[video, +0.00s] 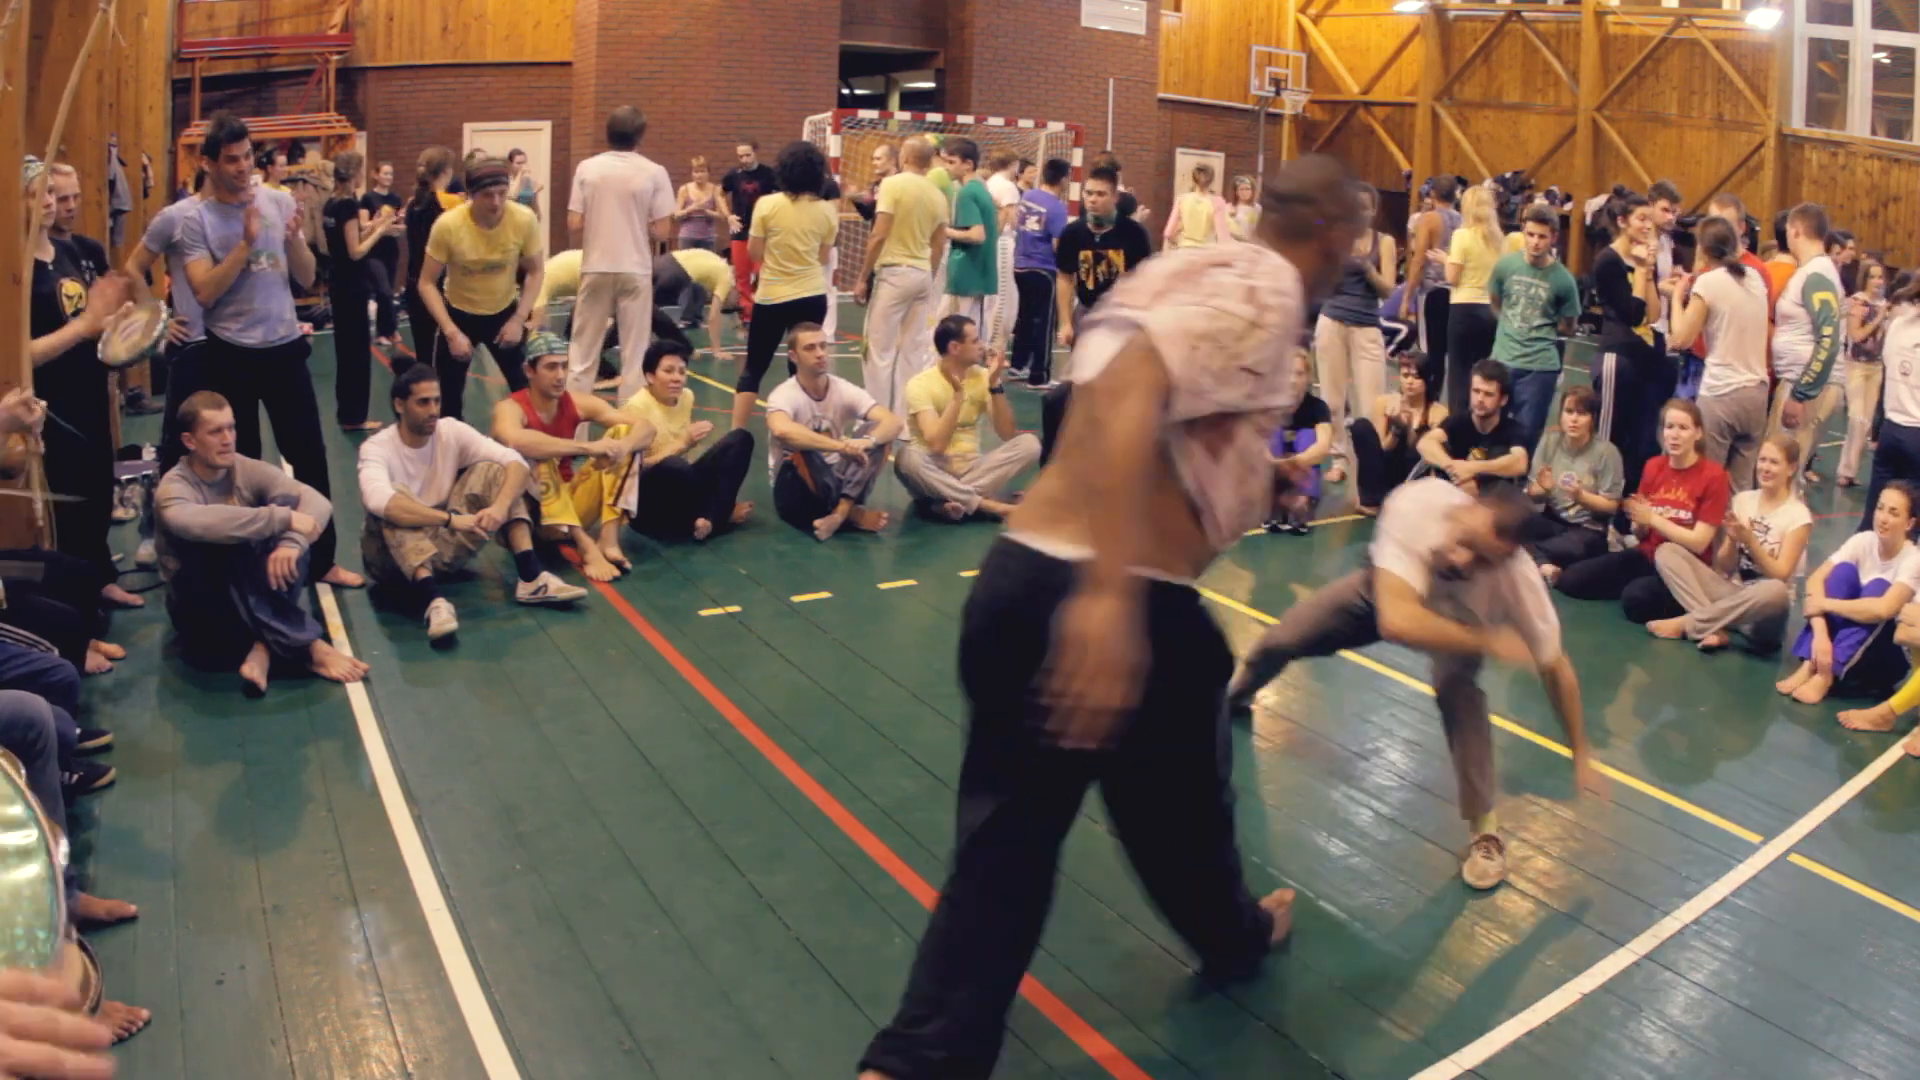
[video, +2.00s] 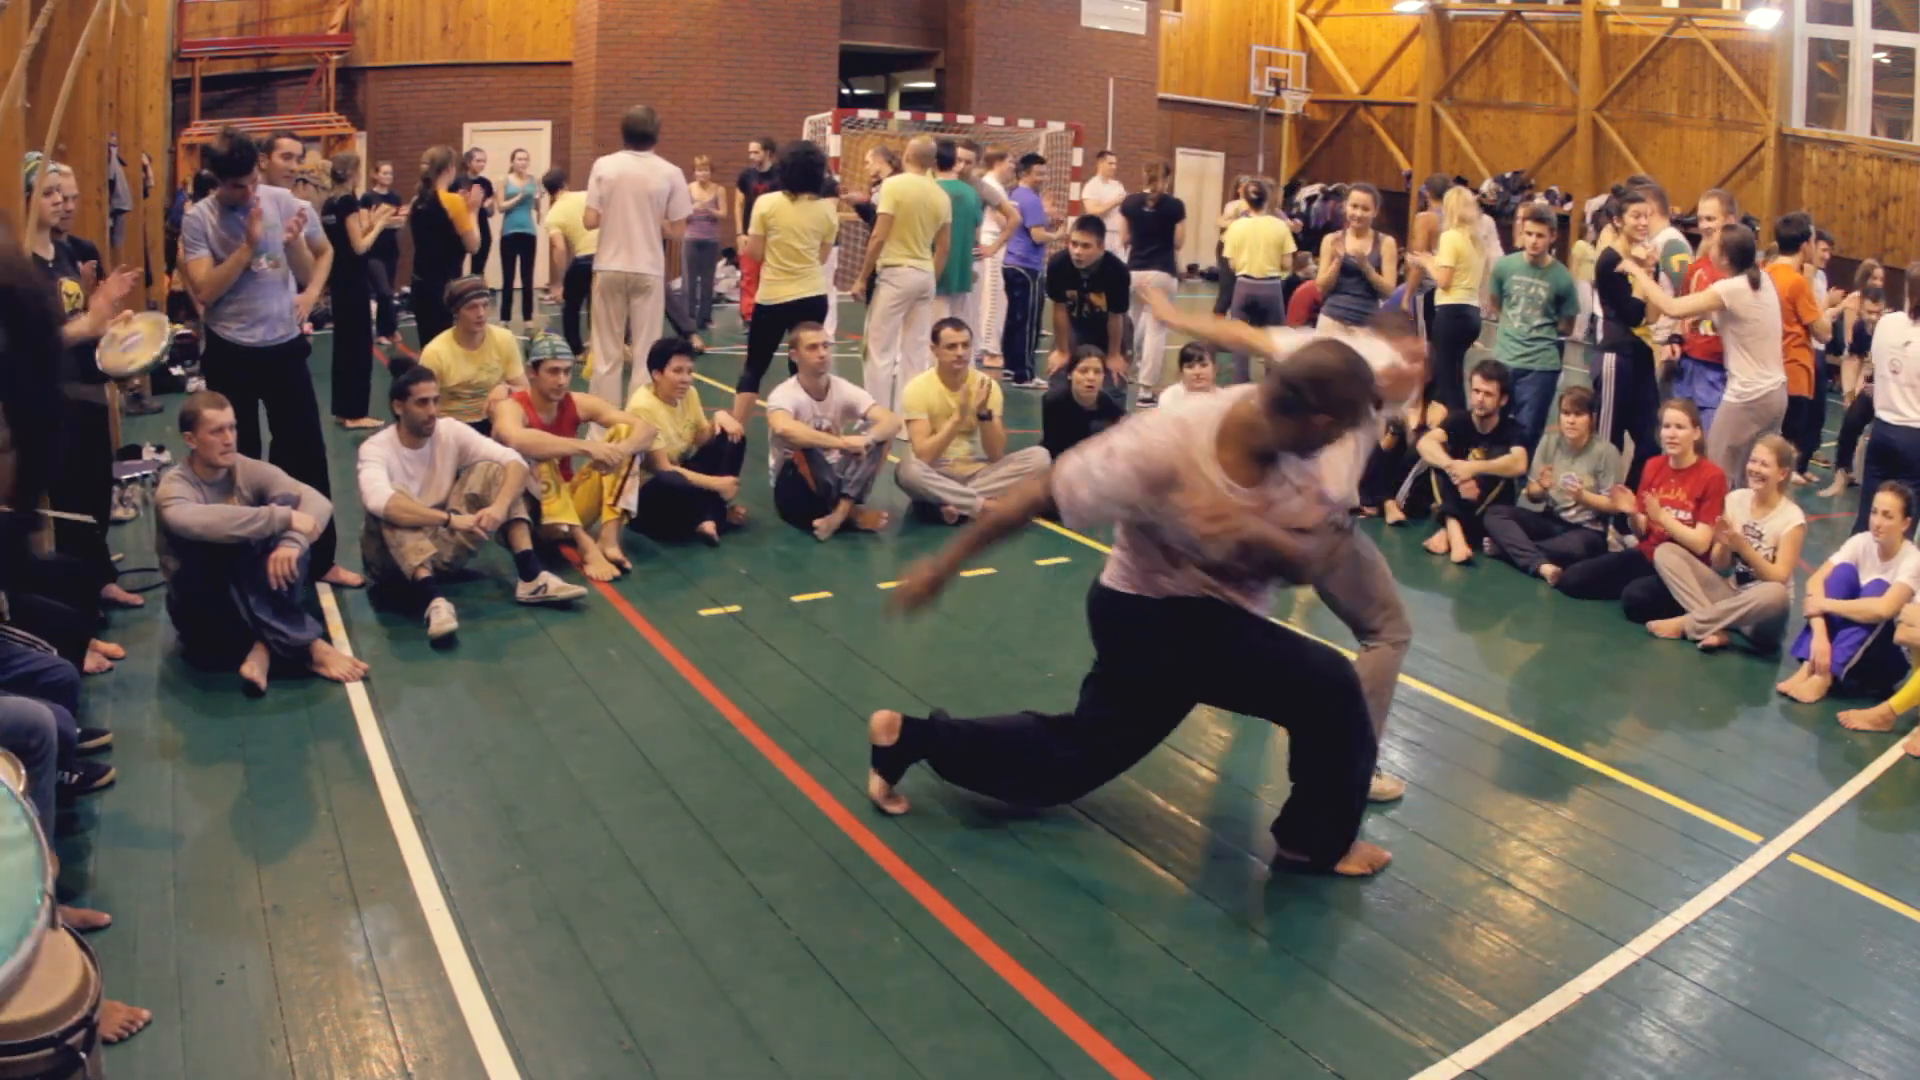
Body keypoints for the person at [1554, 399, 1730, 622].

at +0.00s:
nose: (1674, 434)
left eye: (1683, 428)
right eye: (1669, 427)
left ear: (1698, 433)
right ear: (1661, 431)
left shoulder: (1715, 476)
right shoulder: (1653, 466)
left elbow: (1699, 543)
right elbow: (1640, 533)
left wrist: (1651, 519)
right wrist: (1639, 516)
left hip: (1683, 566)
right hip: (1646, 555)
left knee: (1635, 601)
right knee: (1569, 581)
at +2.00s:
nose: (1671, 434)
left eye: (1680, 427)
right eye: (1666, 426)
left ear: (1696, 433)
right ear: (1659, 431)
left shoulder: (1712, 477)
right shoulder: (1653, 466)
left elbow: (1701, 544)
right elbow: (1642, 531)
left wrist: (1662, 516)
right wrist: (1632, 511)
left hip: (1682, 566)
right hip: (1647, 555)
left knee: (1635, 601)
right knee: (1570, 581)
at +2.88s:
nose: (1666, 433)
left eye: (1675, 426)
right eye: (1661, 426)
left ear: (1694, 431)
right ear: (1655, 431)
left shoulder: (1710, 474)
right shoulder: (1652, 465)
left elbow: (1698, 543)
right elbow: (1639, 533)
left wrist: (1654, 517)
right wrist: (1641, 517)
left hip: (1683, 566)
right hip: (1646, 555)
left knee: (1635, 601)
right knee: (1570, 581)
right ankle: (1636, 582)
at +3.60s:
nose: (1666, 433)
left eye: (1675, 426)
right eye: (1661, 426)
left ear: (1694, 431)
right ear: (1656, 430)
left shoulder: (1710, 475)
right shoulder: (1652, 466)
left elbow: (1699, 544)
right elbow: (1637, 530)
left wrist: (1654, 517)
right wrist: (1645, 517)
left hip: (1682, 565)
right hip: (1645, 555)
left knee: (1635, 600)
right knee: (1572, 580)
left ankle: (1692, 603)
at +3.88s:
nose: (1664, 433)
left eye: (1673, 426)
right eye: (1659, 426)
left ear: (1689, 431)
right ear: (1653, 431)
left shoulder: (1708, 474)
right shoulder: (1648, 467)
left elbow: (1698, 538)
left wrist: (1652, 517)